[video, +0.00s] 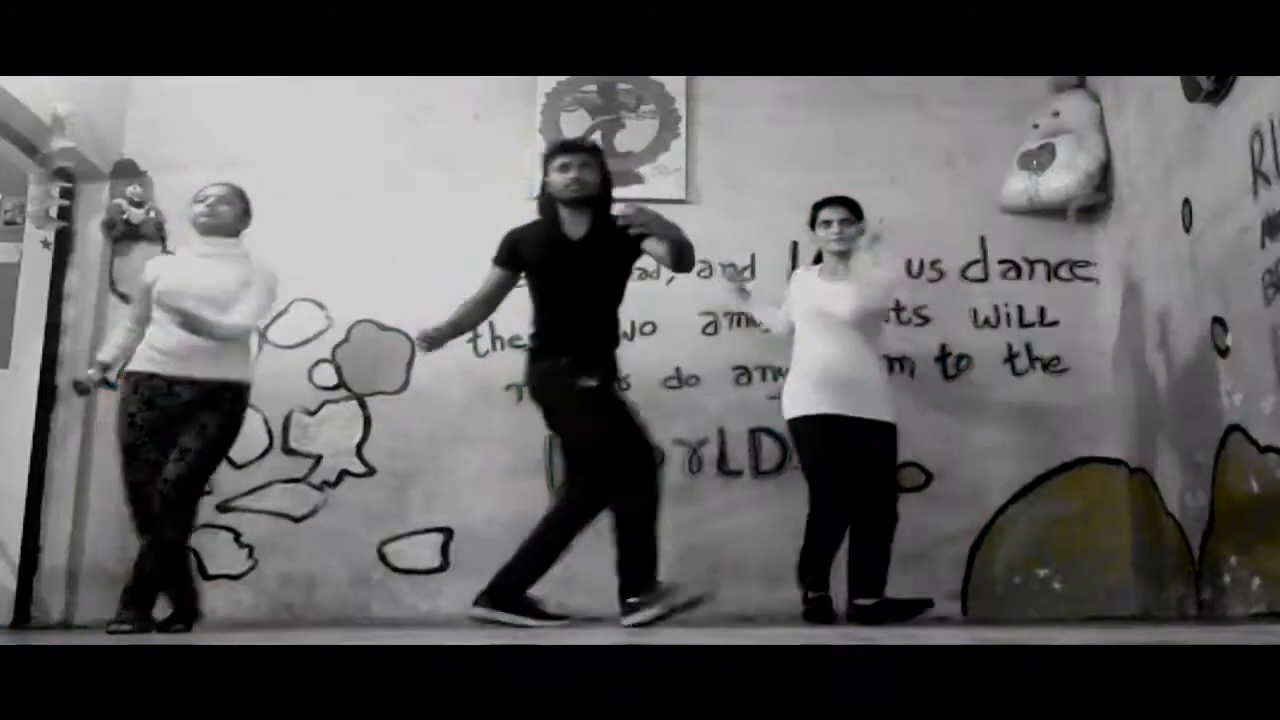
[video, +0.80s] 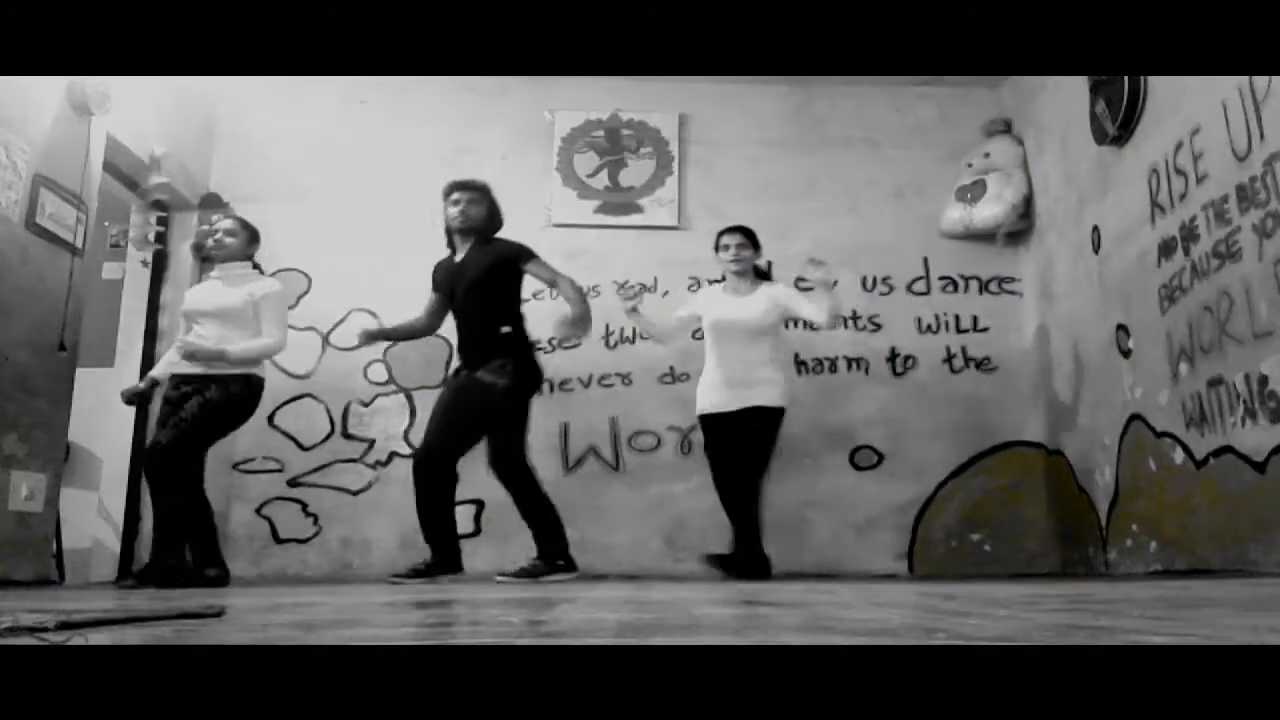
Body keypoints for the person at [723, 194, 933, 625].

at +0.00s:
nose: (836, 230)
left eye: (845, 223)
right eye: (827, 224)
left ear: (861, 229)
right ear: (814, 233)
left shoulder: (877, 272)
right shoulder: (801, 280)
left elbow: (855, 308)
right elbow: (782, 326)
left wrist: (865, 254)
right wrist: (745, 300)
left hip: (868, 403)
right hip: (813, 402)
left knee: (877, 505)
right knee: (830, 500)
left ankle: (866, 597)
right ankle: (815, 592)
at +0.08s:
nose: (828, 229)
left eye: (837, 222)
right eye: (819, 223)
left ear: (853, 228)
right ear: (806, 232)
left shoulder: (870, 270)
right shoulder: (792, 278)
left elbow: (848, 304)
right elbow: (771, 325)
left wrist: (860, 253)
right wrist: (737, 301)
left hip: (856, 406)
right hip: (798, 406)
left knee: (858, 504)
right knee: (810, 505)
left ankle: (859, 595)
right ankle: (818, 596)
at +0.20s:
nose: (816, 229)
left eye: (825, 222)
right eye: (806, 223)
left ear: (841, 229)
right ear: (794, 232)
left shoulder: (863, 277)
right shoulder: (777, 278)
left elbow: (928, 305)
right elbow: (724, 308)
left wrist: (935, 275)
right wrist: (712, 276)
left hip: (842, 401)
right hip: (786, 404)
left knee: (821, 500)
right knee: (803, 503)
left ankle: (830, 591)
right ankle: (836, 590)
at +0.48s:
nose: (786, 234)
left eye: (795, 226)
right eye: (776, 228)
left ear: (811, 233)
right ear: (766, 237)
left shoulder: (837, 282)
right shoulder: (749, 283)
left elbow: (889, 326)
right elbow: (695, 323)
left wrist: (899, 308)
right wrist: (668, 296)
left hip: (821, 406)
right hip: (760, 407)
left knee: (812, 504)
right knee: (760, 499)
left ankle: (812, 604)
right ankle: (823, 583)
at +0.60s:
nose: (777, 237)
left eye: (786, 230)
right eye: (769, 231)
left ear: (803, 237)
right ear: (757, 240)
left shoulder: (820, 287)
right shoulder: (743, 287)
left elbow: (819, 322)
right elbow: (722, 335)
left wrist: (820, 272)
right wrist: (676, 314)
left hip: (808, 413)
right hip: (750, 412)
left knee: (824, 507)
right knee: (768, 506)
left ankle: (819, 596)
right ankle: (773, 597)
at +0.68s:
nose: (746, 257)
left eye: (753, 251)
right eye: (739, 252)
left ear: (768, 258)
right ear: (729, 261)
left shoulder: (782, 296)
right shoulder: (718, 300)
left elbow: (784, 320)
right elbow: (702, 343)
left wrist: (785, 280)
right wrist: (665, 328)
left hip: (771, 403)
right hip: (722, 404)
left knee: (777, 483)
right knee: (739, 486)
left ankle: (785, 559)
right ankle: (752, 562)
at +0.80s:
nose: (734, 253)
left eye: (742, 247)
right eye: (726, 249)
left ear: (756, 254)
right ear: (717, 256)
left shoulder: (775, 293)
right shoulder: (708, 297)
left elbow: (827, 321)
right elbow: (665, 332)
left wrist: (827, 289)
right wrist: (635, 312)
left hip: (763, 397)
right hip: (717, 399)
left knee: (745, 479)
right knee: (727, 482)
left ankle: (743, 556)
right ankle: (753, 558)